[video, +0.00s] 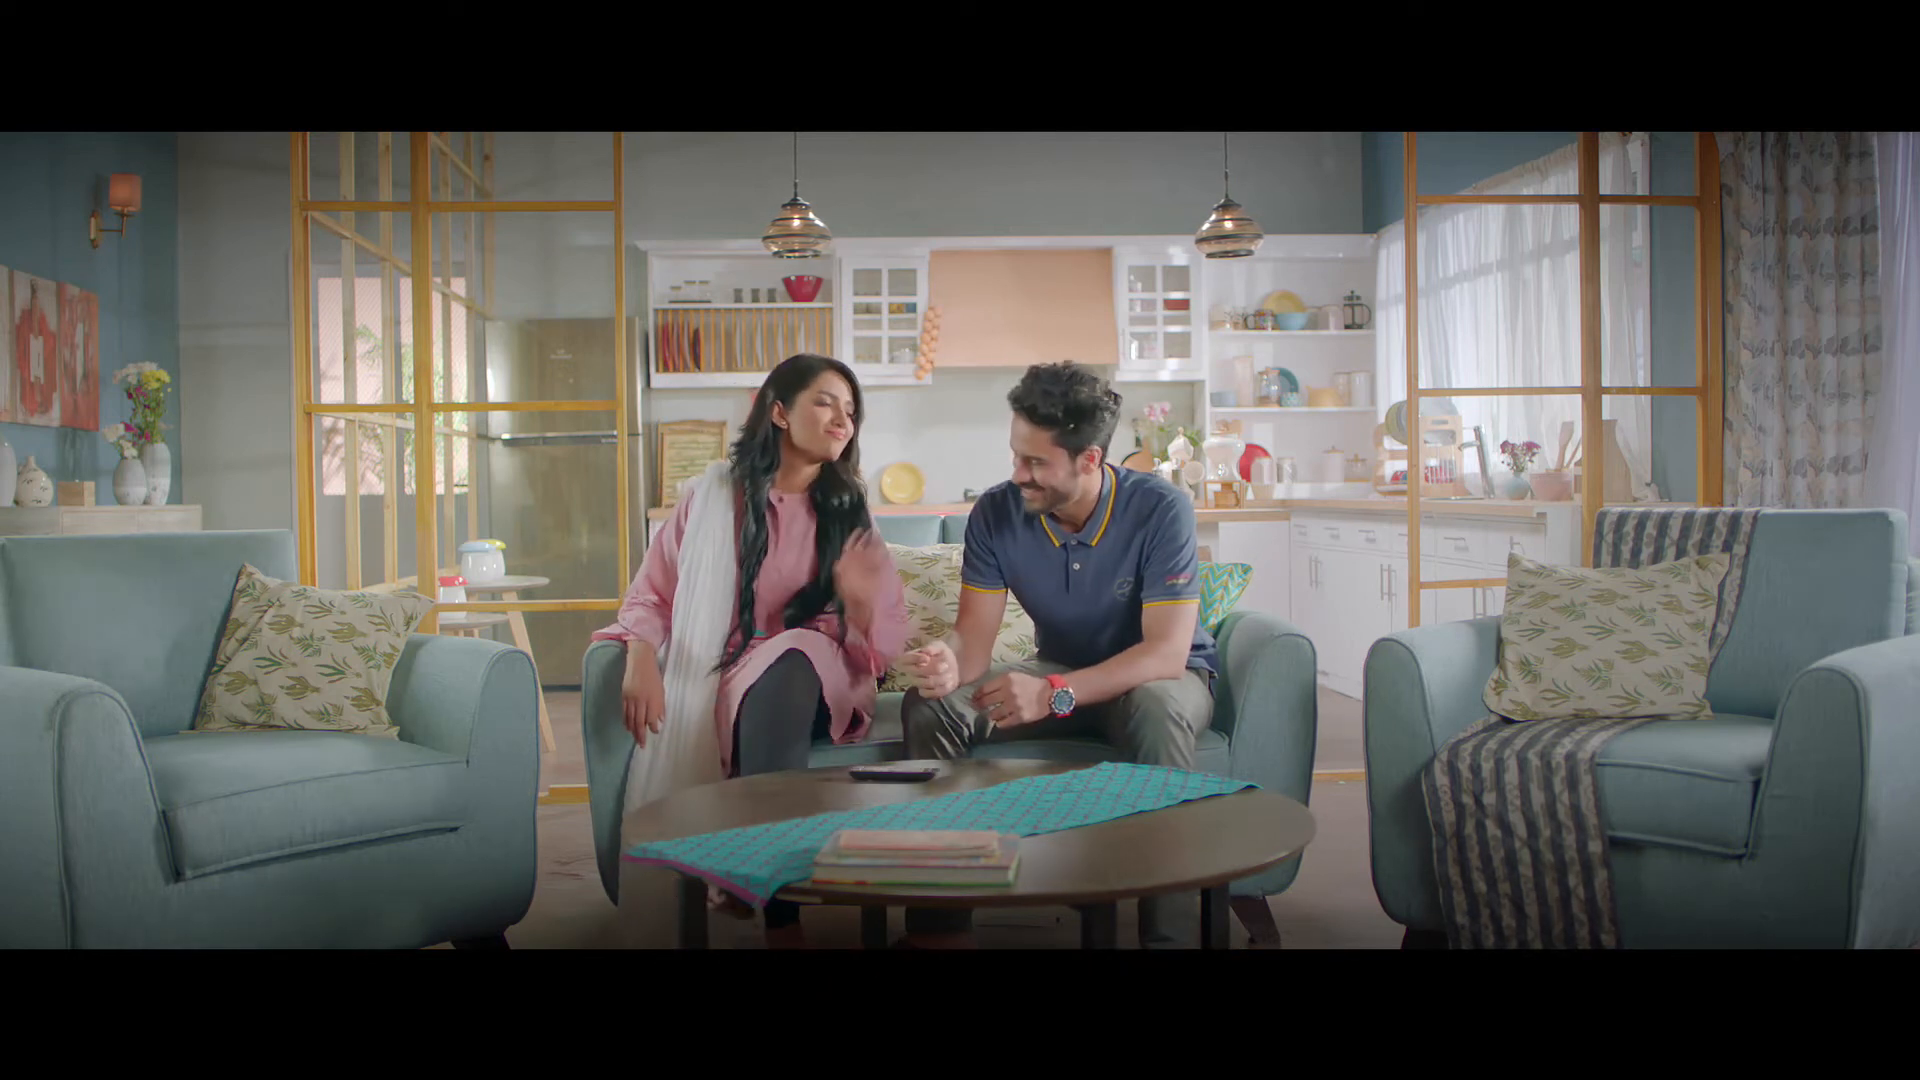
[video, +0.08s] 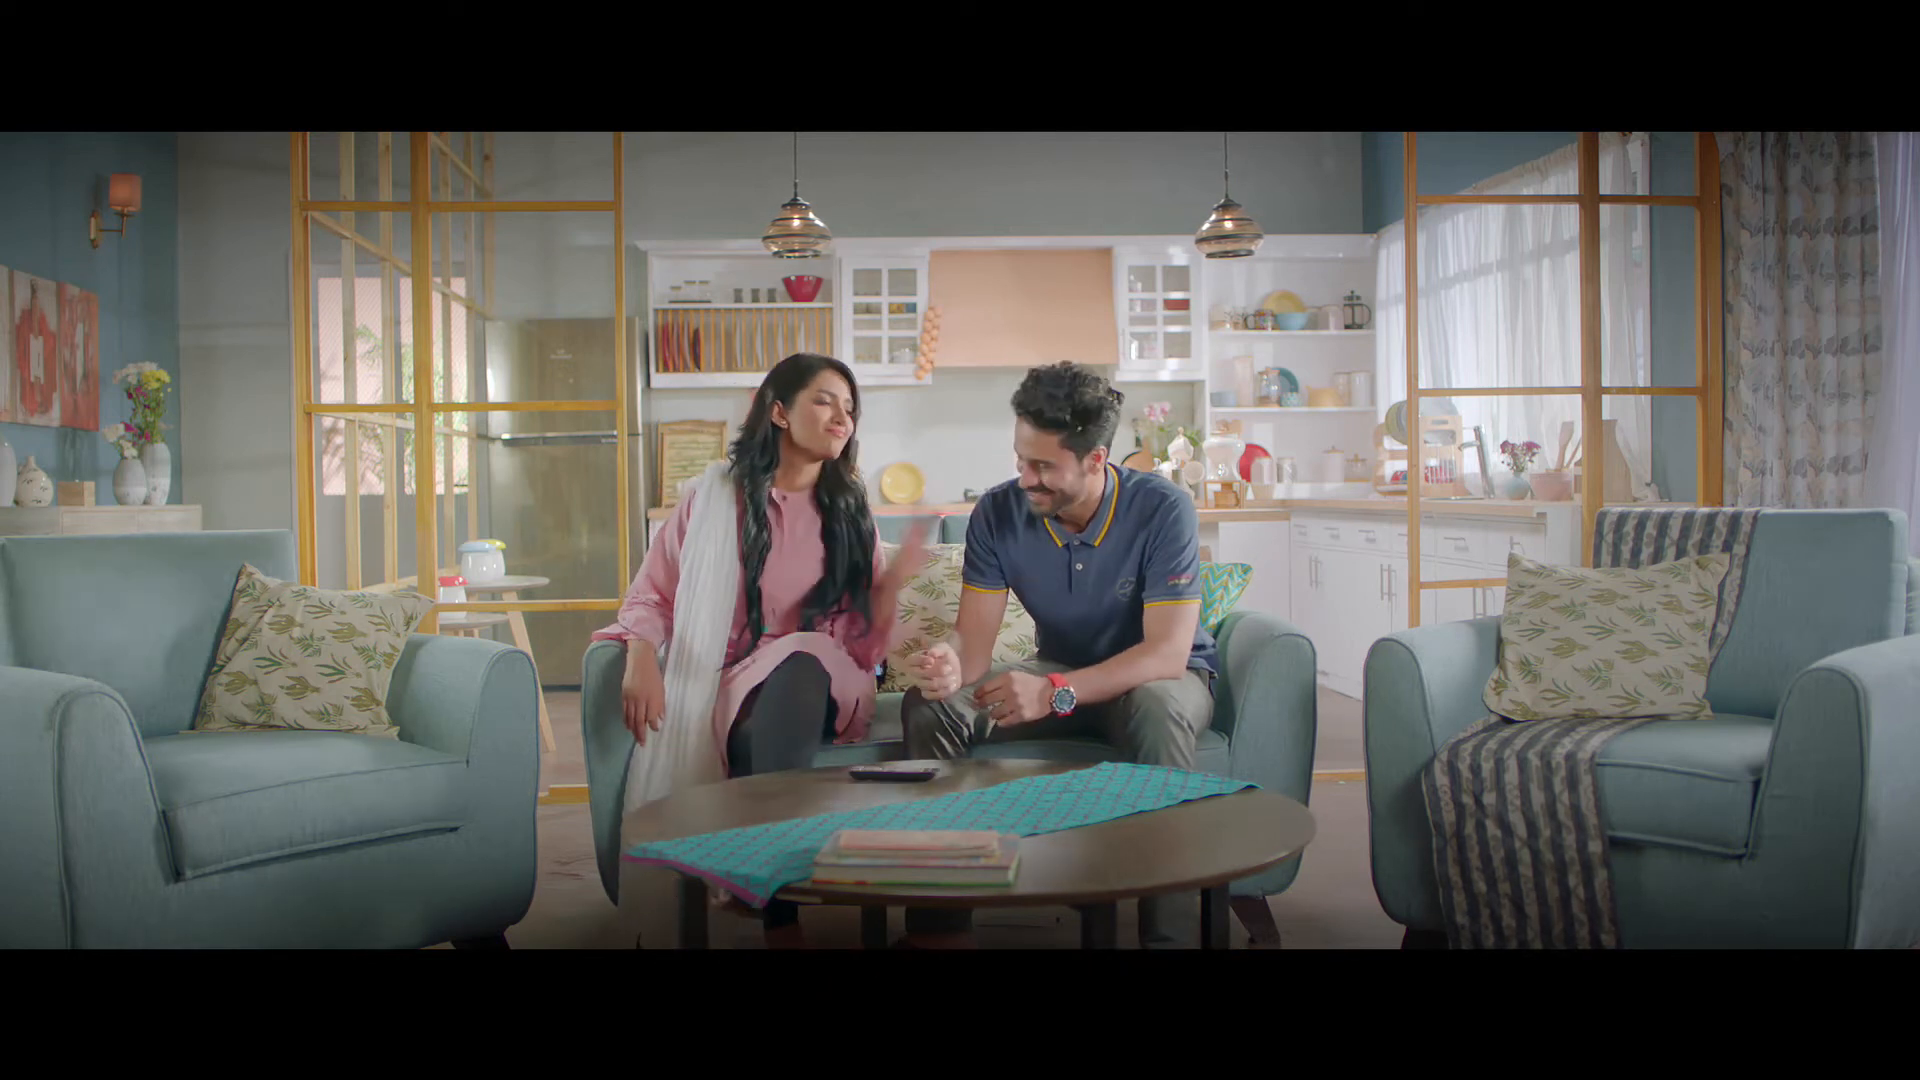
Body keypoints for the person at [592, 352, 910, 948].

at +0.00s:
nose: (841, 420)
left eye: (848, 411)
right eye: (824, 403)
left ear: (853, 427)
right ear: (780, 413)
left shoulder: (846, 509)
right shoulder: (714, 497)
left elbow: (884, 651)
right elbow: (652, 594)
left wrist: (861, 601)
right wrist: (641, 656)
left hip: (826, 669)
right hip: (733, 672)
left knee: (798, 651)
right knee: (789, 713)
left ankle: (748, 862)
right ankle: (780, 899)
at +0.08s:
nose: (841, 417)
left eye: (848, 408)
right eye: (825, 402)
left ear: (854, 424)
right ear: (781, 413)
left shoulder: (849, 514)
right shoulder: (713, 499)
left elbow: (862, 649)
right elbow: (650, 596)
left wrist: (890, 590)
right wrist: (641, 658)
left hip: (828, 683)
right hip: (731, 680)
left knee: (803, 657)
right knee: (795, 720)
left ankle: (751, 864)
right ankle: (780, 907)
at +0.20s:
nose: (862, 424)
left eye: (868, 416)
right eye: (844, 411)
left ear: (872, 432)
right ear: (802, 425)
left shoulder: (869, 524)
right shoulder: (736, 502)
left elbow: (898, 641)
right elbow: (661, 592)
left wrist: (958, 602)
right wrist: (641, 663)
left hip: (835, 677)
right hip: (739, 676)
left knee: (829, 660)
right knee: (766, 730)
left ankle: (810, 877)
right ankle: (762, 908)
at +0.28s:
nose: (879, 423)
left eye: (884, 415)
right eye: (861, 411)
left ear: (890, 433)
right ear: (819, 429)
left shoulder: (884, 524)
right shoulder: (754, 508)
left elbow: (920, 635)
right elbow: (672, 590)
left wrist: (971, 603)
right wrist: (647, 664)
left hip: (841, 659)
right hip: (753, 667)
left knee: (854, 703)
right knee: (782, 735)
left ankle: (847, 891)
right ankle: (761, 915)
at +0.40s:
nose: (906, 418)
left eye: (908, 408)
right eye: (886, 407)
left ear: (916, 426)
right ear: (845, 430)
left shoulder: (912, 520)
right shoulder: (786, 512)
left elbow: (963, 624)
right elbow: (698, 588)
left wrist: (1006, 583)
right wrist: (680, 670)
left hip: (855, 681)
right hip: (770, 683)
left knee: (890, 740)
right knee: (805, 752)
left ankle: (860, 912)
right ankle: (769, 917)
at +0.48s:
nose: (916, 413)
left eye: (917, 403)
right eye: (896, 402)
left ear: (923, 418)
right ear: (854, 424)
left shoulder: (923, 509)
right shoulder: (799, 504)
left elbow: (990, 607)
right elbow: (711, 590)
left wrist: (1024, 545)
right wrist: (697, 660)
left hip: (866, 688)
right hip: (779, 686)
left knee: (906, 785)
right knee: (817, 785)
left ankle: (857, 921)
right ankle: (772, 922)